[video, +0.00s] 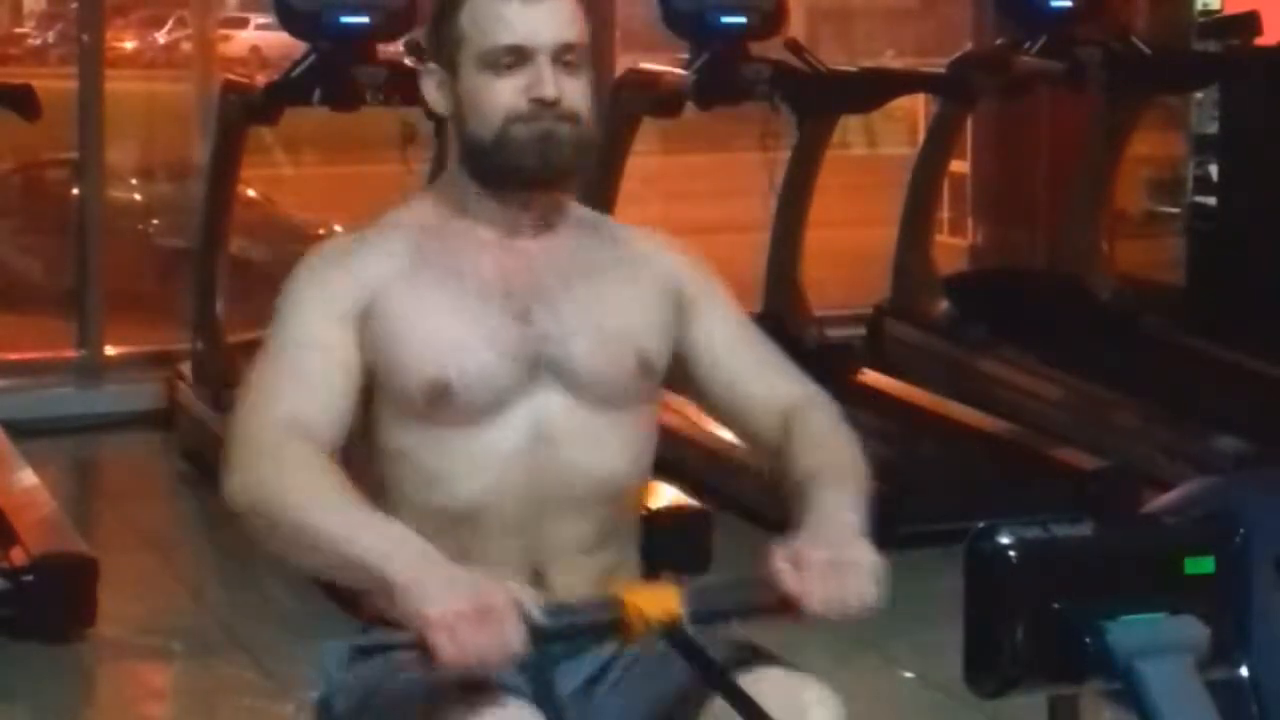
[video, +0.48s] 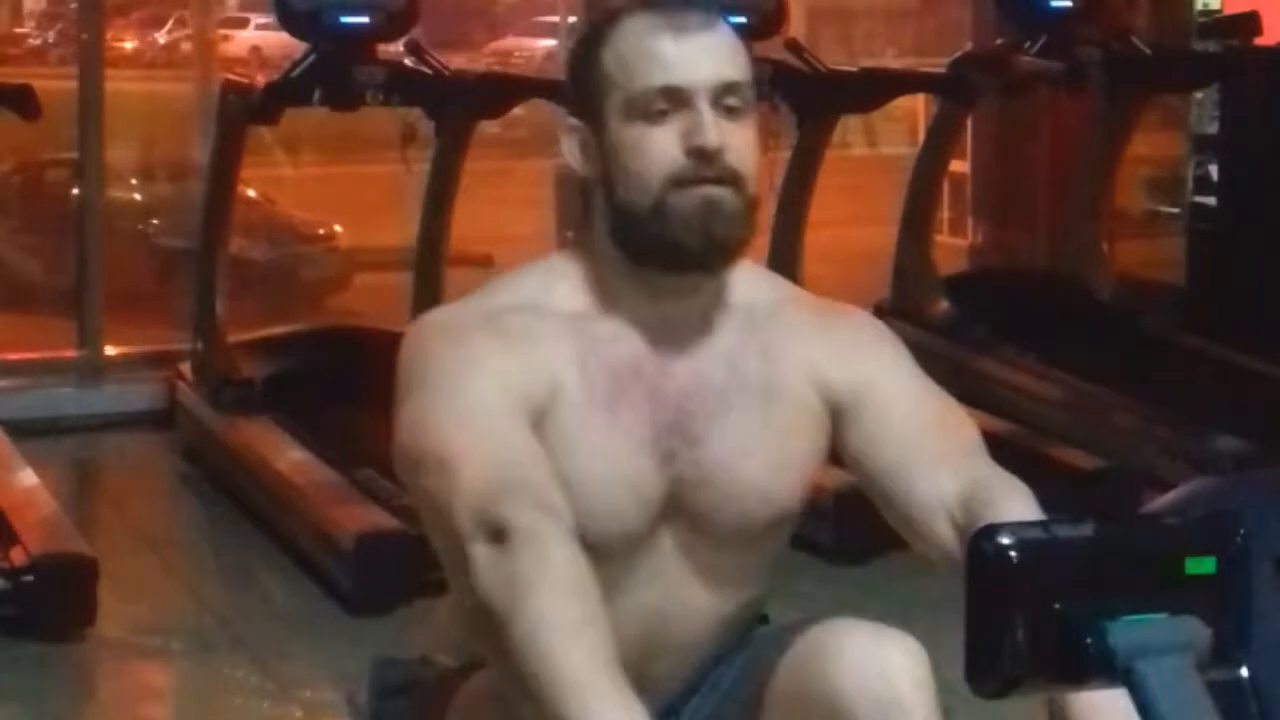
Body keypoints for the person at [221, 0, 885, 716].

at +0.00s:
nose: (548, 87)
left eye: (570, 63)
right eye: (509, 64)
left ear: (596, 85)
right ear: (439, 88)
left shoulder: (655, 271)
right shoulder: (352, 275)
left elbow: (799, 416)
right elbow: (266, 466)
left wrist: (834, 522)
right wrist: (422, 574)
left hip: (617, 644)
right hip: (427, 650)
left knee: (800, 705)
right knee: (494, 718)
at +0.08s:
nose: (570, 89)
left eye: (591, 63)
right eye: (530, 64)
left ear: (616, 84)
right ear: (460, 89)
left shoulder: (677, 275)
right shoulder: (373, 280)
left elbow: (827, 423)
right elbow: (306, 472)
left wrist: (877, 550)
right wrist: (459, 602)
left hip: (634, 649)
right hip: (434, 652)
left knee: (824, 697)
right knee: (482, 704)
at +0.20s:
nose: (620, 97)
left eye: (644, 69)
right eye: (577, 70)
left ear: (674, 93)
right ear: (506, 105)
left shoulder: (742, 296)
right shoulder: (408, 301)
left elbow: (890, 455)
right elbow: (386, 495)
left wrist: (969, 616)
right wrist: (530, 663)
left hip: (662, 649)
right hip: (462, 659)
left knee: (851, 683)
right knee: (510, 708)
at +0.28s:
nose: (647, 108)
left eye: (671, 76)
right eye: (603, 79)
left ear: (699, 103)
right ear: (531, 114)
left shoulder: (768, 308)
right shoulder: (429, 312)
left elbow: (918, 475)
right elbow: (427, 513)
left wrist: (1027, 653)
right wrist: (567, 695)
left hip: (669, 665)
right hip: (471, 669)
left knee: (855, 678)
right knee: (510, 708)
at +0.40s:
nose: (694, 129)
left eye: (716, 97)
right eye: (648, 101)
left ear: (745, 124)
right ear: (567, 137)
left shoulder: (820, 335)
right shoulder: (460, 340)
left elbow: (962, 497)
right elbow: (498, 546)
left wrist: (1084, 680)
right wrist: (604, 711)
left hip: (693, 676)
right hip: (495, 685)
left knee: (875, 668)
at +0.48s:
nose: (707, 138)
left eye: (731, 106)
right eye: (659, 110)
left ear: (762, 134)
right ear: (579, 146)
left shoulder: (834, 343)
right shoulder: (470, 351)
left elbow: (975, 502)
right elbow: (517, 554)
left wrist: (1093, 683)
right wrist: (610, 710)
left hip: (708, 679)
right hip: (509, 689)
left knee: (879, 665)